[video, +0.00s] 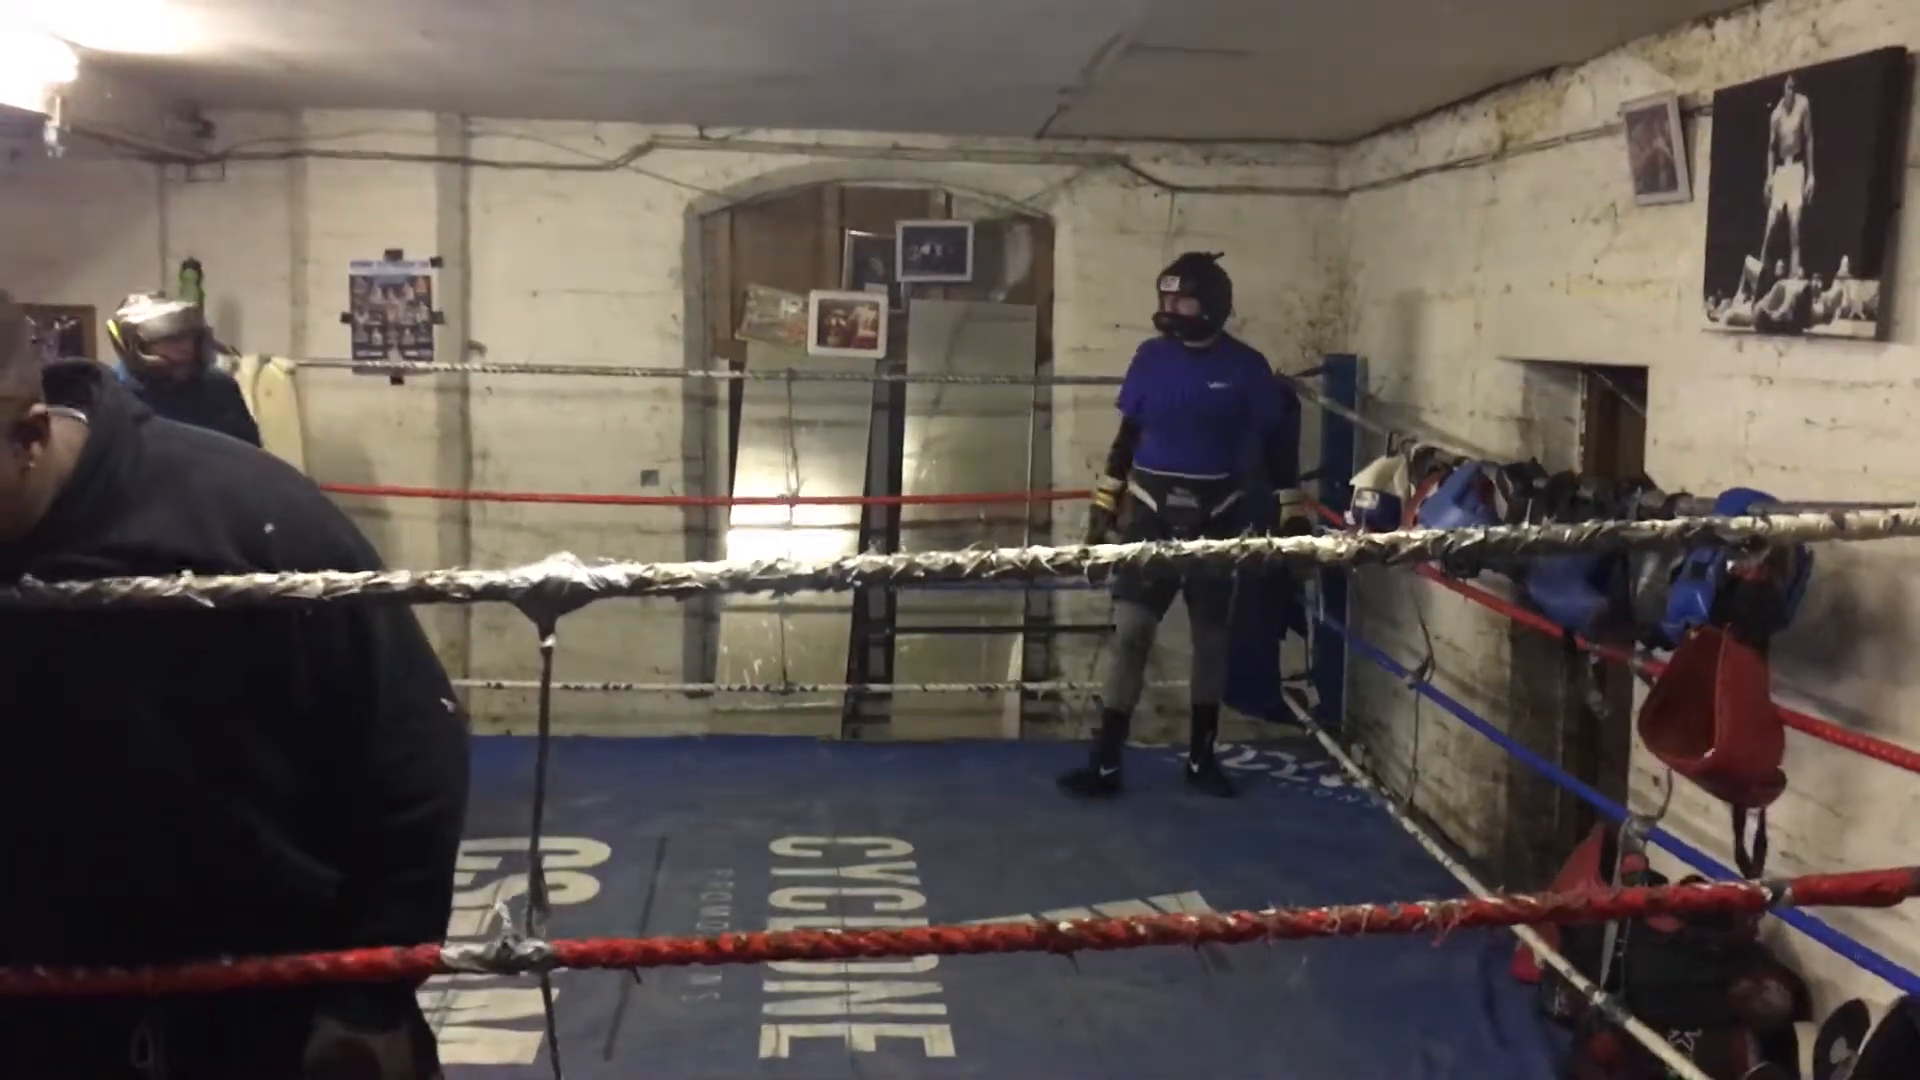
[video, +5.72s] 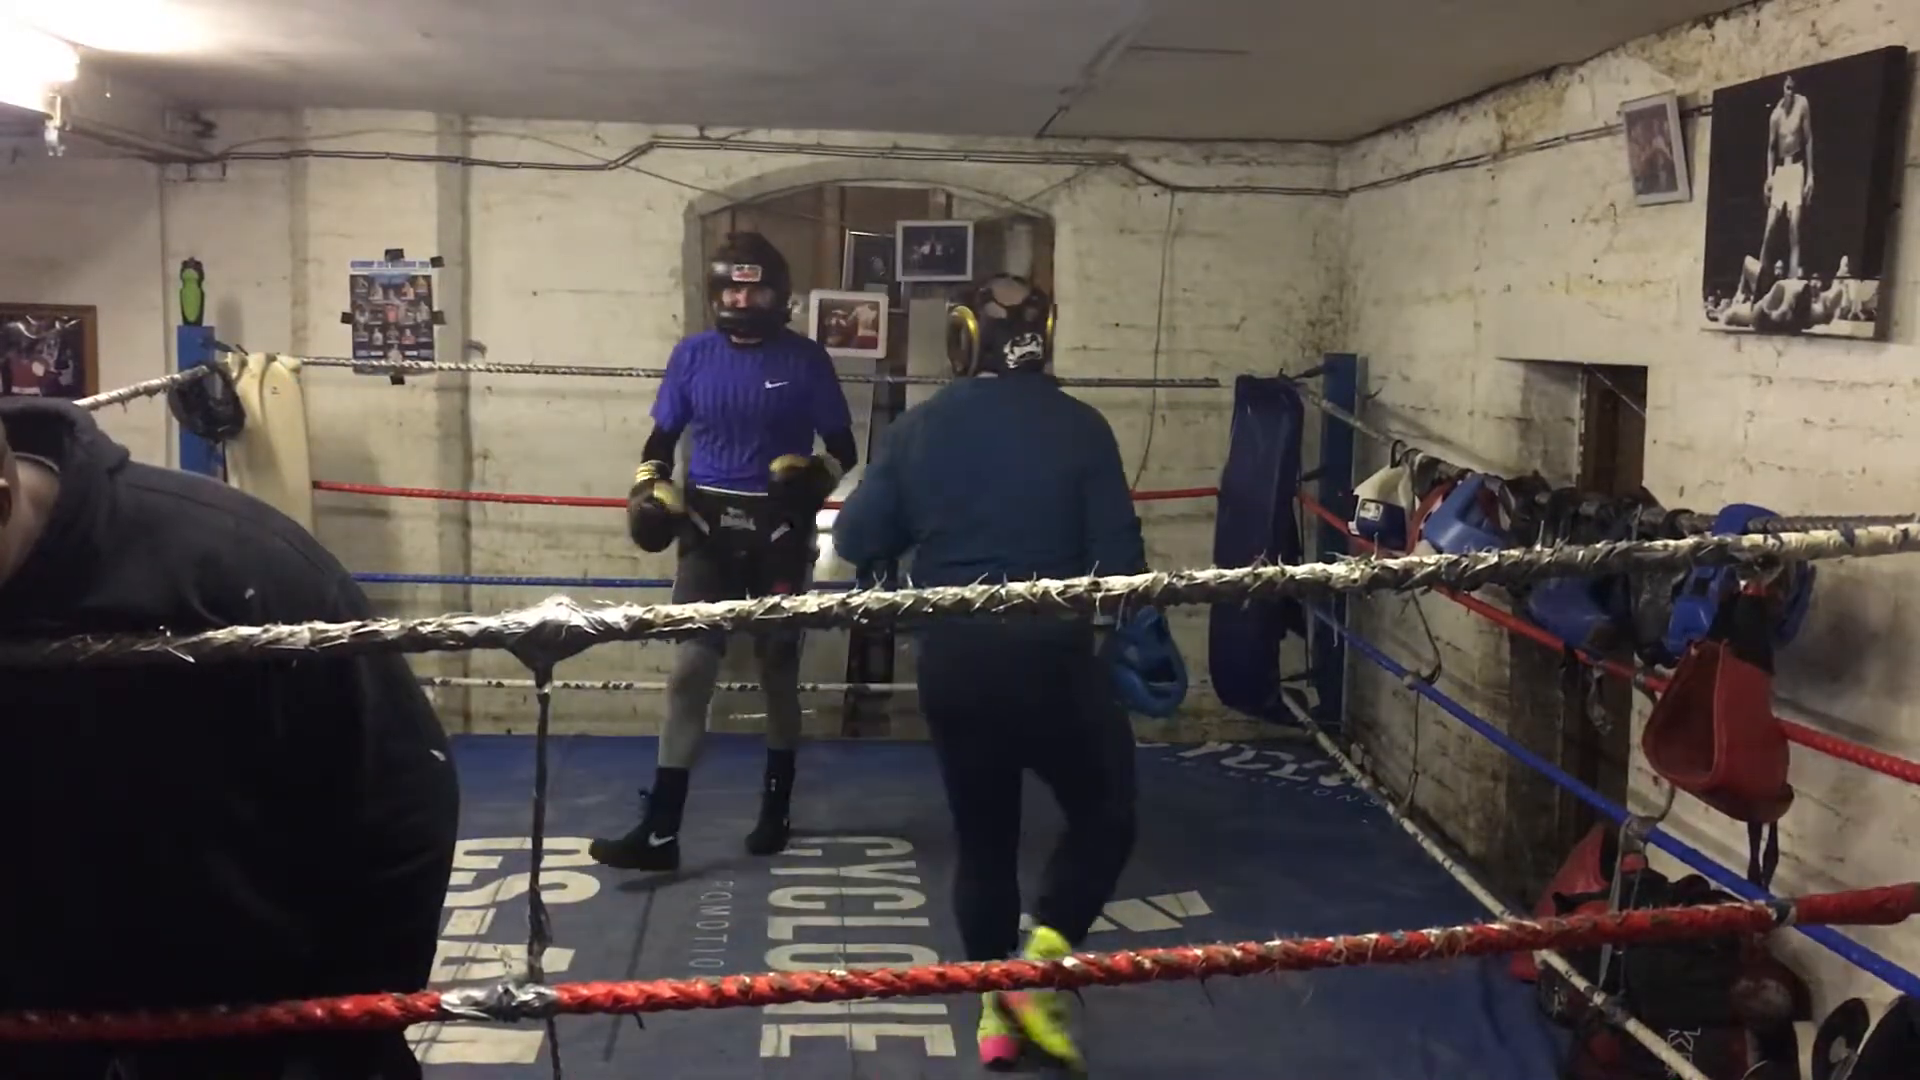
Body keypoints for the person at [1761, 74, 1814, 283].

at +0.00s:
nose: (1790, 91)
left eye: (1793, 88)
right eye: (1788, 88)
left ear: (1797, 89)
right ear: (1784, 89)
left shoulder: (1802, 104)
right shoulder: (1776, 114)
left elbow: (1809, 138)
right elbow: (1771, 147)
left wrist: (1811, 175)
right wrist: (1769, 176)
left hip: (1797, 164)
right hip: (1780, 165)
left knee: (1794, 217)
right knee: (1772, 218)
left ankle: (1795, 264)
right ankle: (1762, 261)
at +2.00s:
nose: (1789, 92)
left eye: (1792, 89)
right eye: (1787, 88)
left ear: (1797, 90)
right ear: (1783, 88)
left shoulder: (1802, 104)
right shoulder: (1775, 114)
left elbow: (1809, 139)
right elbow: (1771, 146)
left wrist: (1810, 175)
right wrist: (1769, 175)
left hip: (1797, 163)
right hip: (1780, 165)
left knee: (1794, 220)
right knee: (1771, 221)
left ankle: (1794, 269)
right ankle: (1762, 267)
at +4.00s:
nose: (1789, 92)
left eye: (1792, 89)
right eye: (1787, 88)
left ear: (1796, 89)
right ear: (1783, 89)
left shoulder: (1802, 104)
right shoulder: (1775, 115)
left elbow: (1808, 139)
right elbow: (1771, 146)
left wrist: (1810, 174)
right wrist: (1769, 175)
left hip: (1797, 163)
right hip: (1780, 164)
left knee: (1794, 220)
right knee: (1771, 221)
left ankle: (1795, 268)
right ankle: (1762, 267)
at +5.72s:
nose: (1789, 93)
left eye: (1792, 89)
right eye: (1787, 89)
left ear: (1796, 90)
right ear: (1782, 89)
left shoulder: (1801, 105)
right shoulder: (1775, 114)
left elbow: (1809, 139)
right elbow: (1771, 146)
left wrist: (1810, 174)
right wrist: (1769, 176)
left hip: (1797, 164)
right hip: (1780, 165)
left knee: (1794, 220)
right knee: (1771, 220)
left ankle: (1794, 268)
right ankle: (1762, 267)